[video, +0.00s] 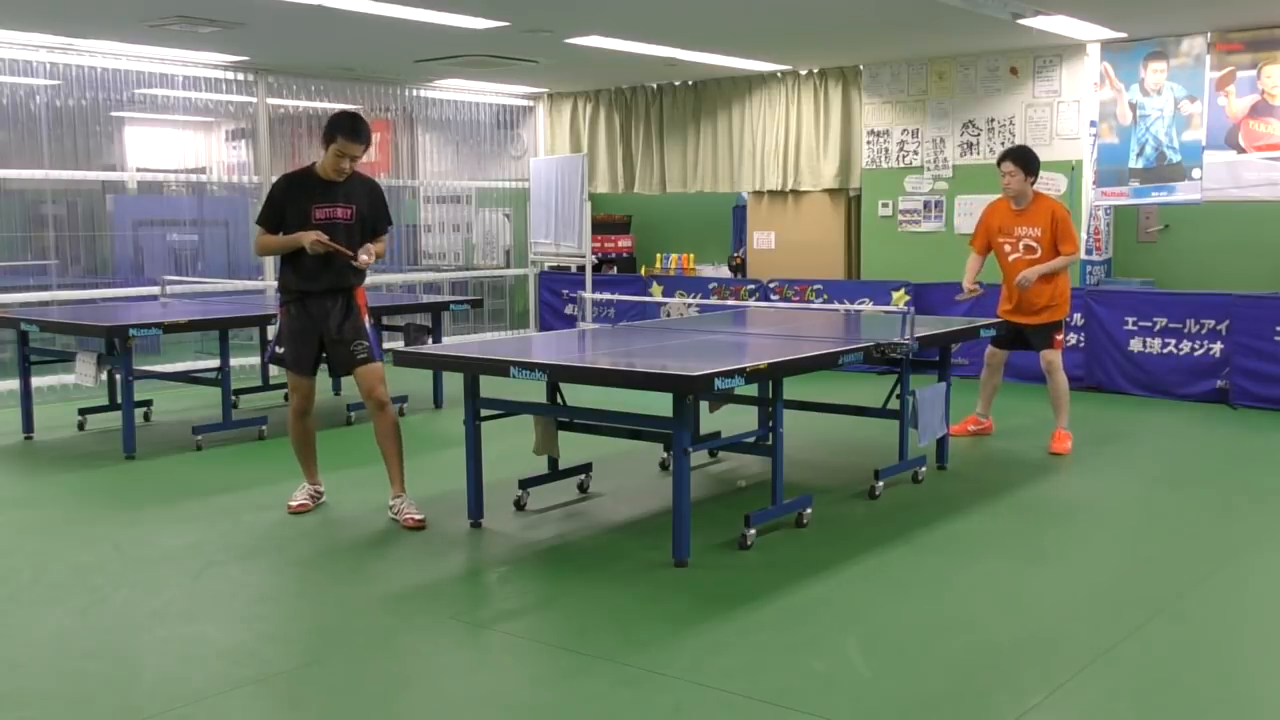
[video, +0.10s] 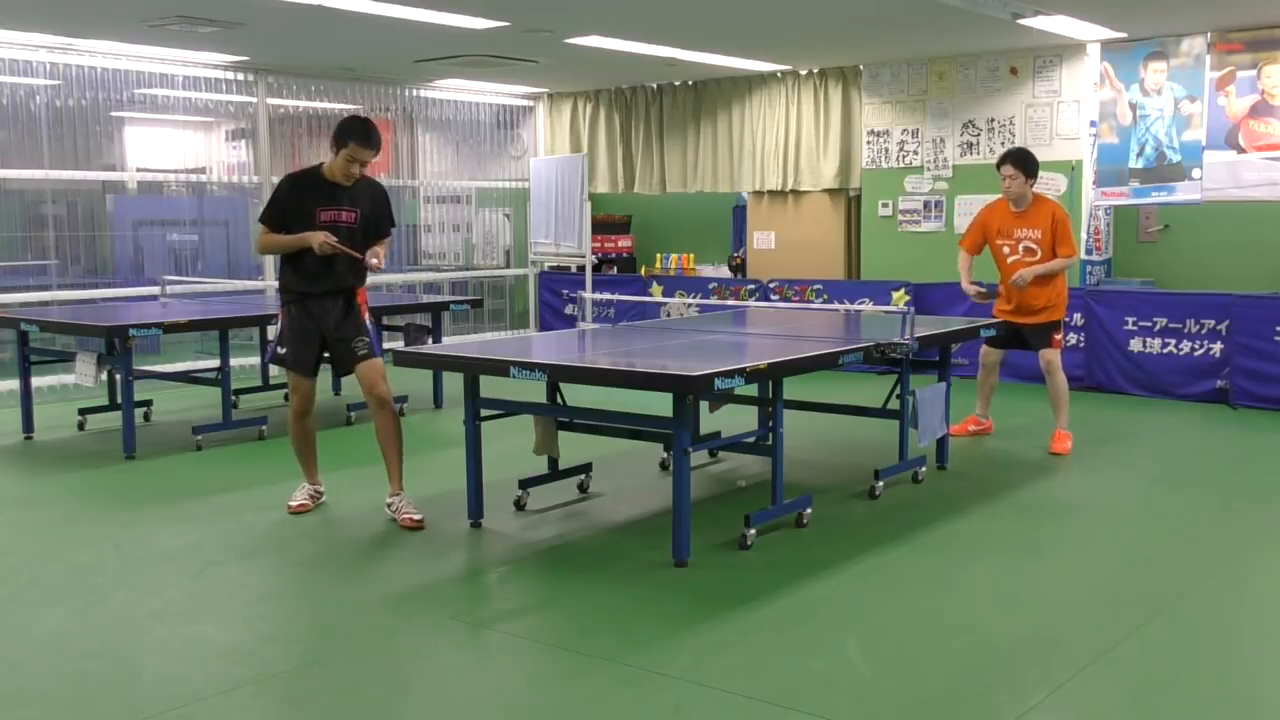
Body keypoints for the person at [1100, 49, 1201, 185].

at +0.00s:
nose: (1158, 77)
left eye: (1162, 72)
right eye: (1154, 71)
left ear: (1167, 73)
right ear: (1143, 72)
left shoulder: (1173, 89)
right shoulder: (1135, 91)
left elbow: (1198, 106)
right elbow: (1125, 121)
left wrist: (1191, 107)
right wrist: (1120, 95)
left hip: (1171, 161)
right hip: (1141, 163)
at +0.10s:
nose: (1158, 77)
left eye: (1162, 72)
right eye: (1154, 71)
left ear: (1167, 73)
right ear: (1143, 72)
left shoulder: (1173, 89)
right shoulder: (1135, 91)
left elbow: (1198, 106)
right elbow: (1125, 121)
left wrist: (1191, 107)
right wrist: (1120, 95)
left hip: (1171, 161)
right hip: (1141, 163)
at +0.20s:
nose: (1158, 77)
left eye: (1162, 72)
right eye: (1154, 71)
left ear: (1167, 73)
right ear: (1143, 72)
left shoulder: (1173, 89)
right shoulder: (1135, 91)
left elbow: (1198, 106)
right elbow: (1125, 121)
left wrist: (1191, 107)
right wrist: (1120, 95)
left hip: (1171, 161)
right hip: (1141, 163)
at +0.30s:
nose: (1158, 77)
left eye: (1162, 72)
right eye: (1154, 71)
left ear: (1167, 73)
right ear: (1143, 72)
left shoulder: (1173, 89)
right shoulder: (1135, 91)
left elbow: (1198, 106)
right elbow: (1125, 121)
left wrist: (1191, 107)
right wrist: (1120, 95)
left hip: (1171, 161)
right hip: (1141, 163)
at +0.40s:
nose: (1158, 77)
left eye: (1162, 72)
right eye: (1154, 71)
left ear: (1167, 73)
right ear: (1143, 72)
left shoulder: (1173, 89)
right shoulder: (1134, 91)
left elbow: (1198, 106)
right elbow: (1125, 121)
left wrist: (1191, 107)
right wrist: (1120, 95)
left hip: (1171, 161)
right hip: (1141, 163)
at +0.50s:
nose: (1158, 77)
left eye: (1162, 72)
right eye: (1154, 71)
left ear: (1167, 73)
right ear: (1143, 72)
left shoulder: (1173, 89)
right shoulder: (1135, 91)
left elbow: (1198, 106)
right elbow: (1125, 121)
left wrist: (1191, 107)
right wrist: (1120, 95)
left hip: (1171, 161)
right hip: (1141, 163)